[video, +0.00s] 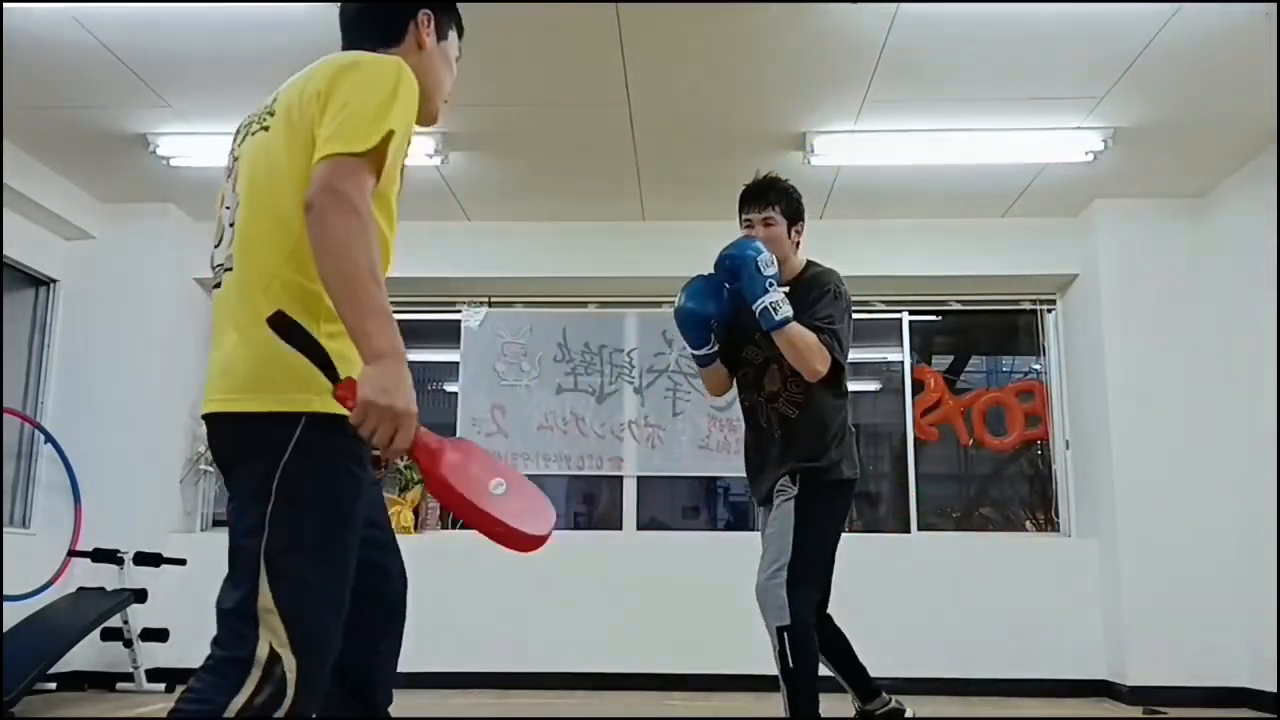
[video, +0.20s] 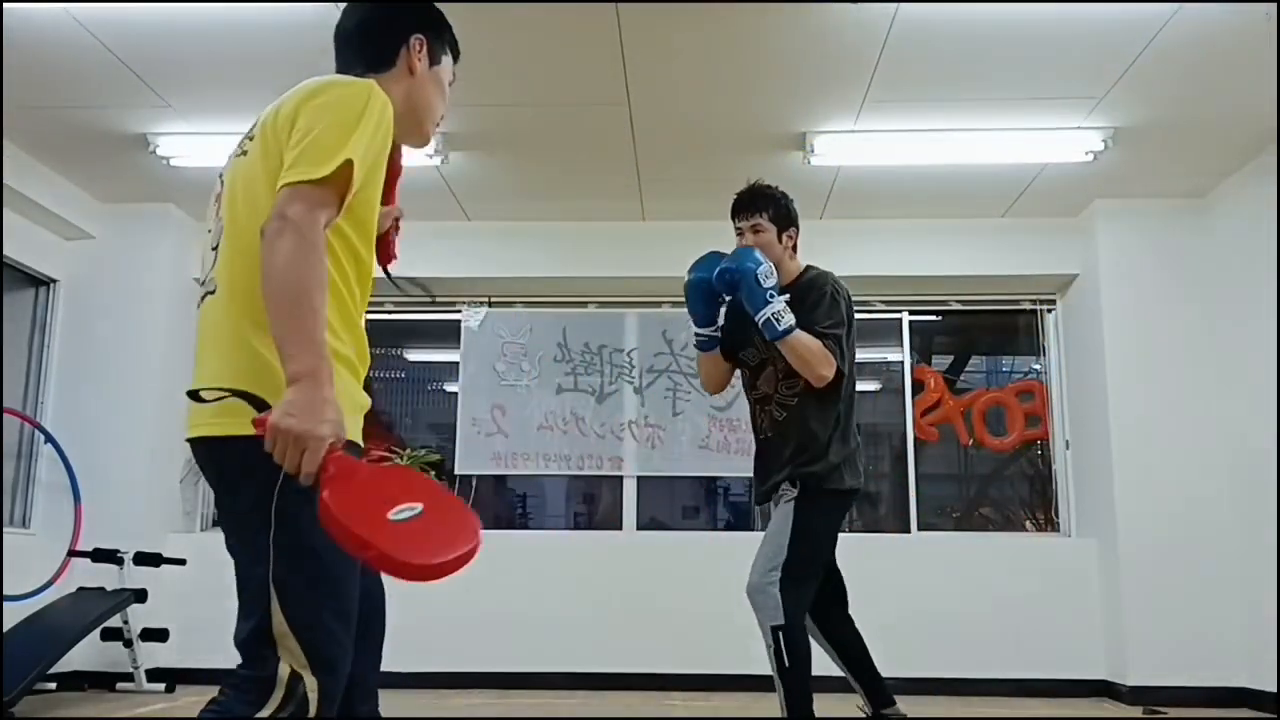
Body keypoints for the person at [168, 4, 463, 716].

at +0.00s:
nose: (452, 82)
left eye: (457, 61)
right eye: (454, 55)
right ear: (425, 29)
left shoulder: (285, 110)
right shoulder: (377, 74)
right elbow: (336, 198)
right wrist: (387, 358)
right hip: (292, 399)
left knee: (374, 609)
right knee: (268, 656)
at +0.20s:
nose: (445, 107)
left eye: (450, 85)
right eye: (448, 81)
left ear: (360, 54)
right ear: (416, 56)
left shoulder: (279, 127)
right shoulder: (357, 100)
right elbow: (292, 226)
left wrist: (349, 422)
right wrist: (310, 384)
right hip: (281, 426)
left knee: (357, 638)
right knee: (299, 669)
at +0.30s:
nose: (455, 134)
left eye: (459, 114)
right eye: (457, 108)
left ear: (363, 82)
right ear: (426, 83)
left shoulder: (284, 159)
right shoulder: (366, 126)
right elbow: (293, 245)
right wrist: (285, 398)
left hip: (250, 434)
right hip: (304, 437)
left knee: (289, 672)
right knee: (329, 676)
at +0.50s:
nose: (495, 158)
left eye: (499, 141)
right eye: (497, 136)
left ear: (424, 116)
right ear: (465, 118)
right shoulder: (401, 160)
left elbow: (385, 313)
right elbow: (319, 265)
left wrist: (448, 234)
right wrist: (288, 400)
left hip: (301, 434)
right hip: (305, 433)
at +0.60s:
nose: (505, 167)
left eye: (508, 152)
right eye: (503, 145)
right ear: (469, 127)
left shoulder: (418, 228)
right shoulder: (400, 164)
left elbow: (467, 279)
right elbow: (318, 261)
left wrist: (531, 235)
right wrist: (309, 393)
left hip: (334, 441)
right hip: (274, 420)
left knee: (351, 639)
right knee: (261, 631)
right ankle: (167, 712)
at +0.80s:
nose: (498, 168)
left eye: (502, 151)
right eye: (497, 145)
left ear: (455, 130)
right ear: (461, 127)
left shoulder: (409, 231)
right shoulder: (380, 165)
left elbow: (423, 329)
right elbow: (289, 262)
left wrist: (519, 326)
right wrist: (313, 392)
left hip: (314, 443)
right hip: (256, 424)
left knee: (351, 638)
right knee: (215, 634)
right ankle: (81, 711)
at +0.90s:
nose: (485, 164)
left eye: (489, 148)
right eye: (484, 141)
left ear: (440, 125)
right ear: (445, 122)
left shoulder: (387, 216)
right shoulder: (360, 164)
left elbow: (331, 344)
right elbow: (268, 270)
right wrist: (296, 407)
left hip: (304, 455)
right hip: (238, 433)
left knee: (345, 663)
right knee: (177, 656)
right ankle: (48, 708)